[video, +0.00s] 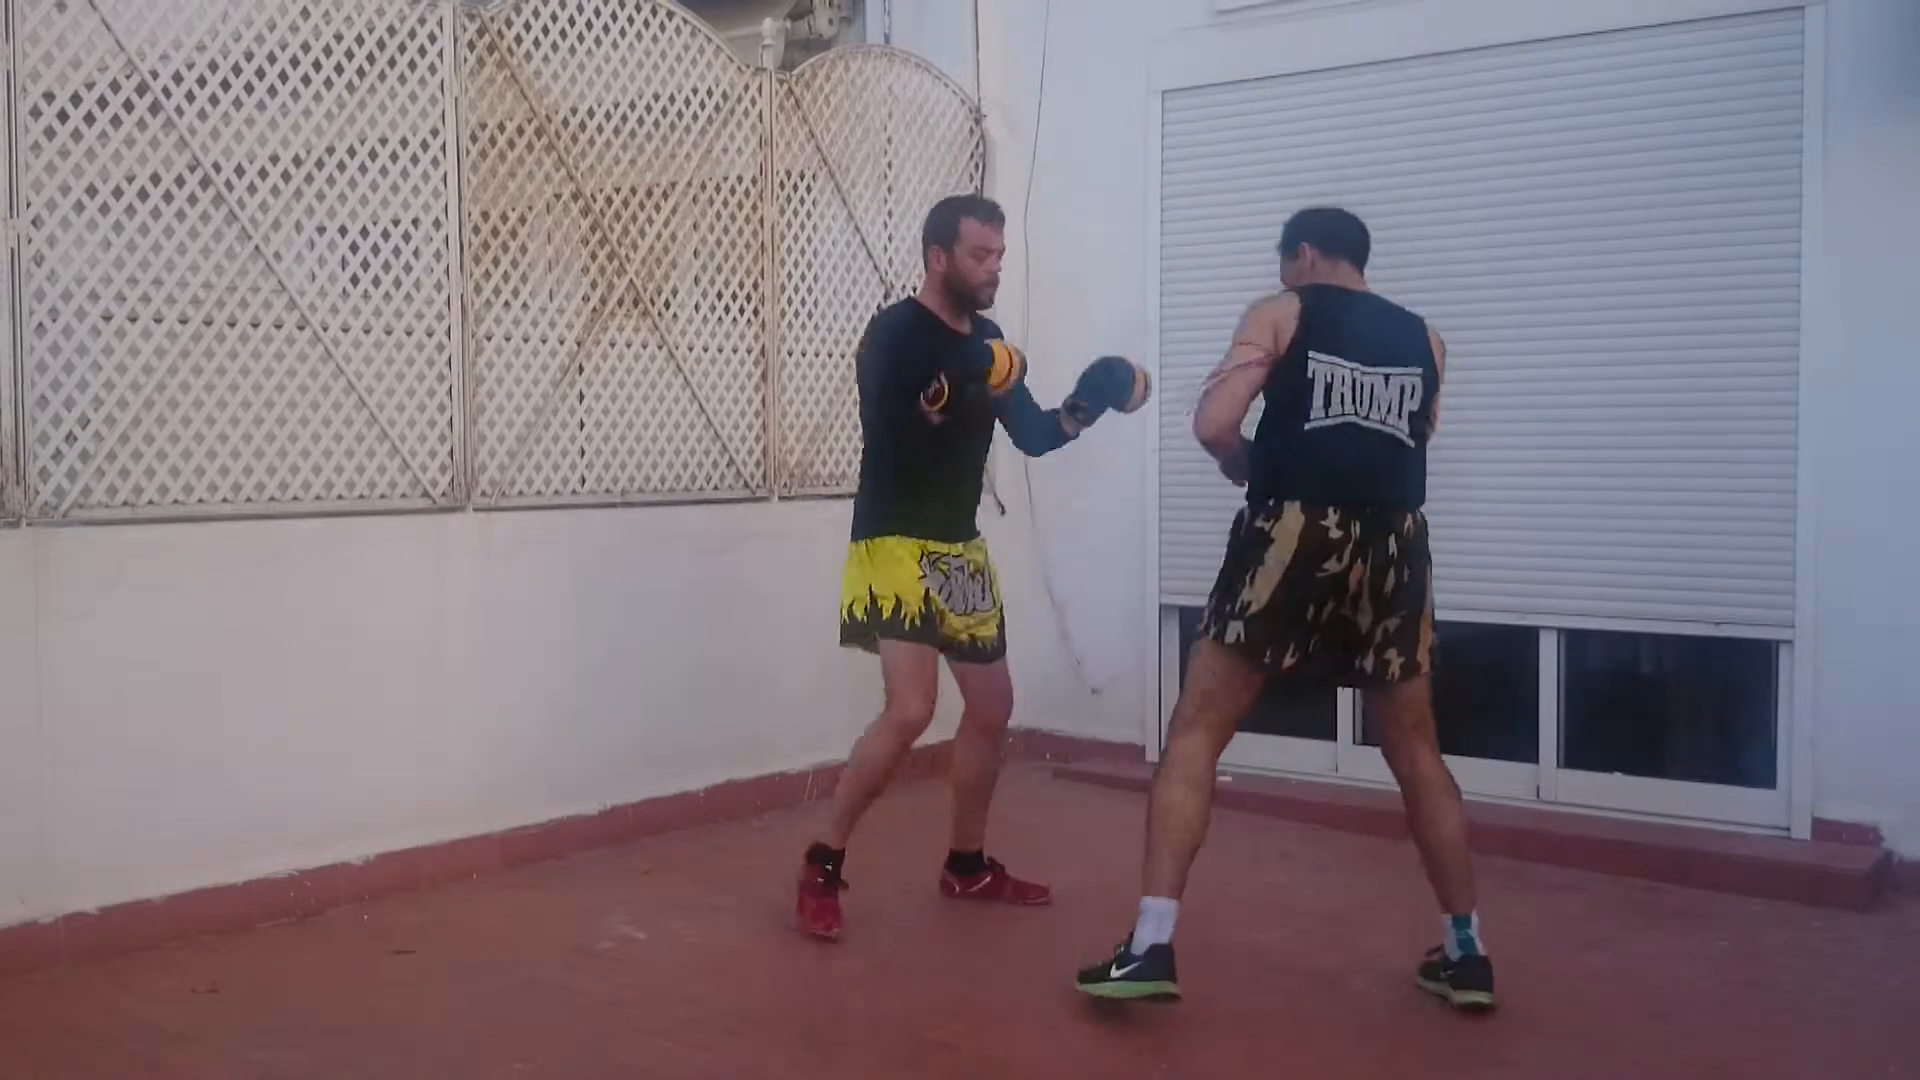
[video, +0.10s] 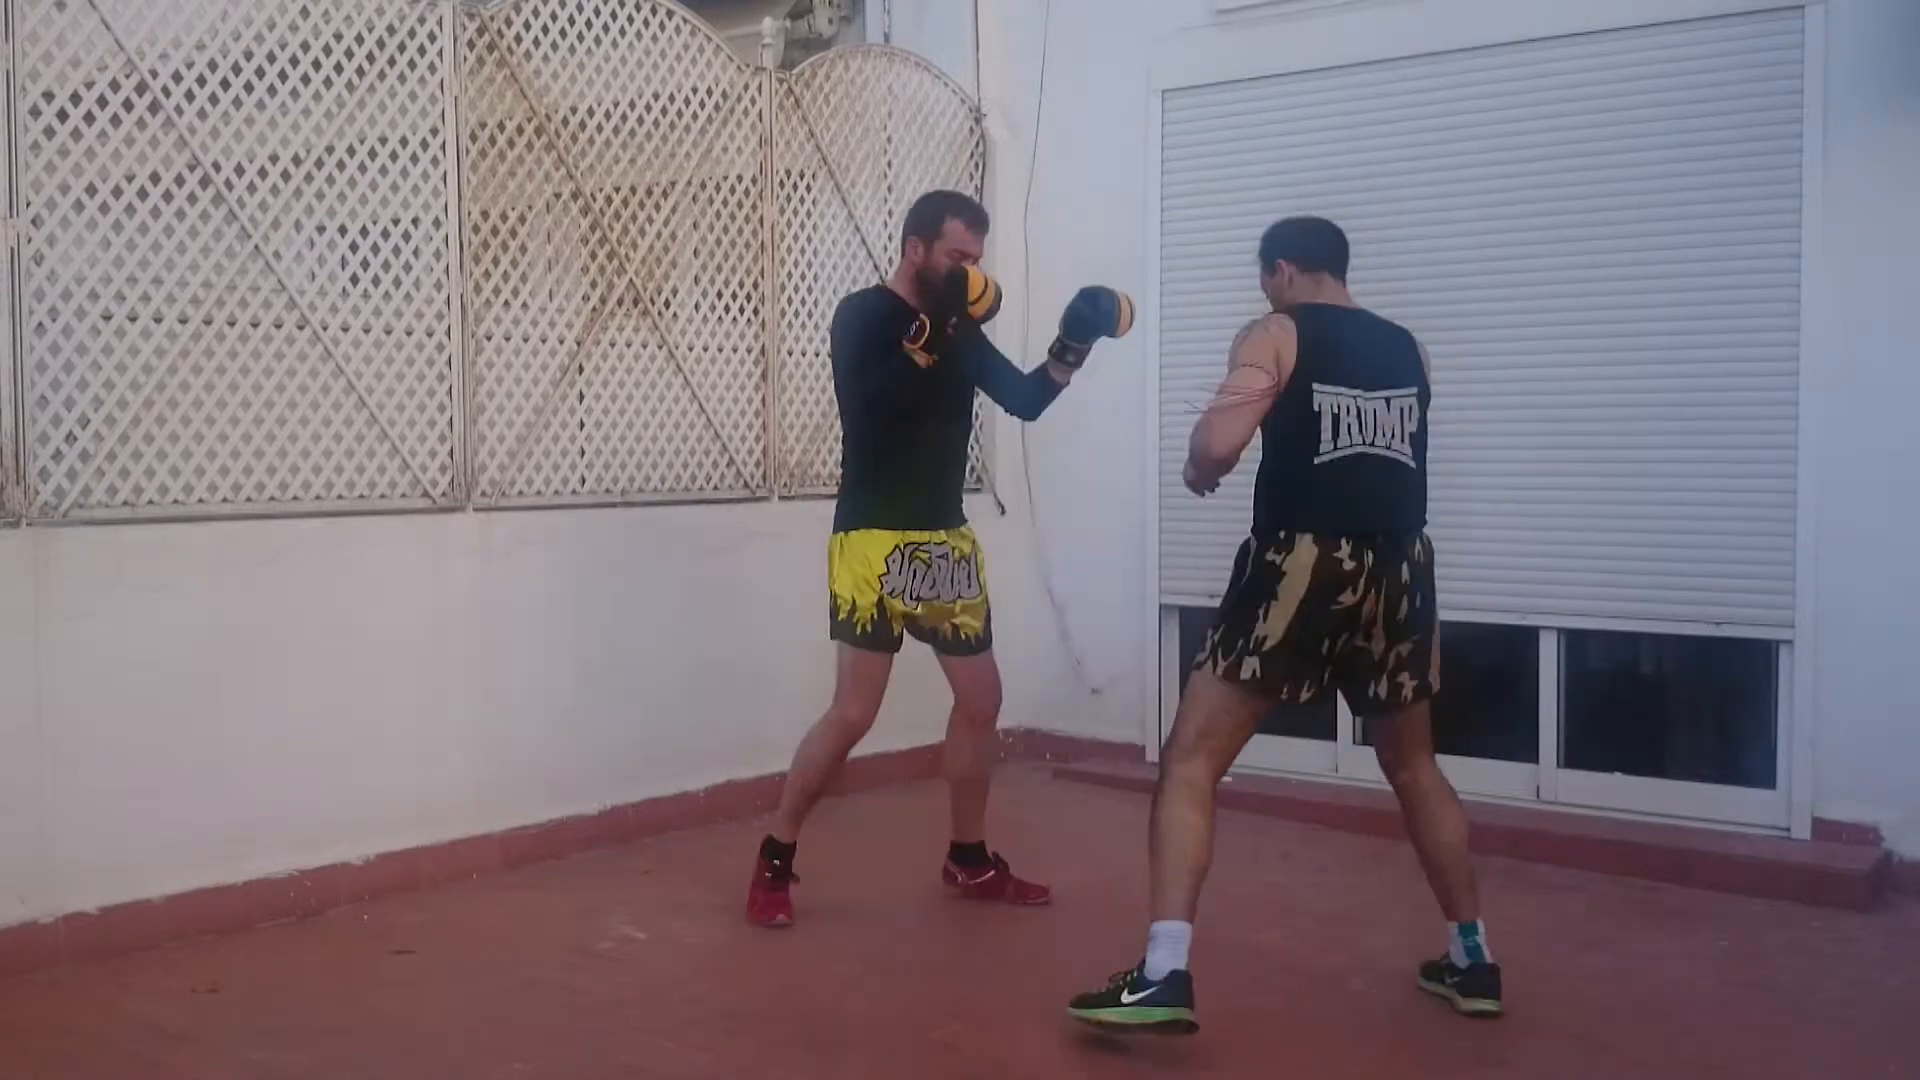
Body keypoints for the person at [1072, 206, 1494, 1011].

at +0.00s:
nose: (1282, 280)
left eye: (1283, 267)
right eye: (1283, 270)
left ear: (1307, 255)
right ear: (1362, 260)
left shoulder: (1283, 310)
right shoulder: (1428, 341)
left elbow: (1212, 423)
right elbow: (1415, 441)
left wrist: (1248, 468)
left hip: (1291, 536)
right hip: (1396, 546)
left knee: (1198, 732)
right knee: (1415, 747)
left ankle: (1149, 948)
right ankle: (1467, 951)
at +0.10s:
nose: (1265, 296)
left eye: (1264, 284)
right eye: (1265, 286)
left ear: (1283, 273)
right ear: (1343, 273)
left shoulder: (1277, 332)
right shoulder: (1405, 347)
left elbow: (1215, 449)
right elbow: (1403, 460)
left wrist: (1199, 474)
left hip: (1299, 565)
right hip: (1400, 573)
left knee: (1193, 762)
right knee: (1414, 764)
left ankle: (1163, 974)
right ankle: (1473, 959)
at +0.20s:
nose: (1229, 300)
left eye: (1228, 287)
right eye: (1228, 288)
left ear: (1245, 279)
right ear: (1303, 274)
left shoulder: (1254, 346)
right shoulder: (1368, 350)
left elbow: (1221, 473)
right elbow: (1399, 463)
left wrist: (1180, 467)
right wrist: (1297, 452)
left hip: (1291, 584)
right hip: (1383, 584)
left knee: (1196, 787)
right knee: (1394, 771)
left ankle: (1202, 1017)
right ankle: (1470, 958)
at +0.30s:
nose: (1181, 289)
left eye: (1179, 276)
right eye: (1184, 276)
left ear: (1190, 272)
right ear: (1259, 265)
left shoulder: (1207, 345)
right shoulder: (1326, 336)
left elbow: (1194, 483)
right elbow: (1361, 453)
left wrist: (1161, 450)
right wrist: (1259, 426)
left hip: (1249, 580)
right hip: (1347, 580)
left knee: (1172, 792)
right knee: (1377, 775)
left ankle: (1203, 1031)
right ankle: (1454, 954)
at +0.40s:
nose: (1145, 273)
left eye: (1142, 261)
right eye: (1146, 262)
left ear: (1150, 258)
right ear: (1223, 248)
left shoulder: (1168, 333)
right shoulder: (1286, 320)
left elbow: (1139, 476)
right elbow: (1286, 438)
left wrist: (1137, 397)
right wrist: (1190, 387)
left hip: (1215, 568)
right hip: (1312, 561)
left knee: (1172, 794)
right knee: (1332, 763)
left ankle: (1204, 1034)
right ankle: (1413, 948)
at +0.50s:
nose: (1113, 253)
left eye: (1110, 240)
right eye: (1121, 240)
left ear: (1121, 239)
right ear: (1192, 230)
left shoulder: (1129, 316)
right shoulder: (1254, 303)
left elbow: (1087, 458)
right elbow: (1254, 410)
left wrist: (1095, 374)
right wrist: (1147, 350)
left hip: (1196, 549)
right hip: (1287, 539)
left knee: (1176, 781)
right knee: (1280, 751)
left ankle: (1206, 1031)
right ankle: (1332, 951)